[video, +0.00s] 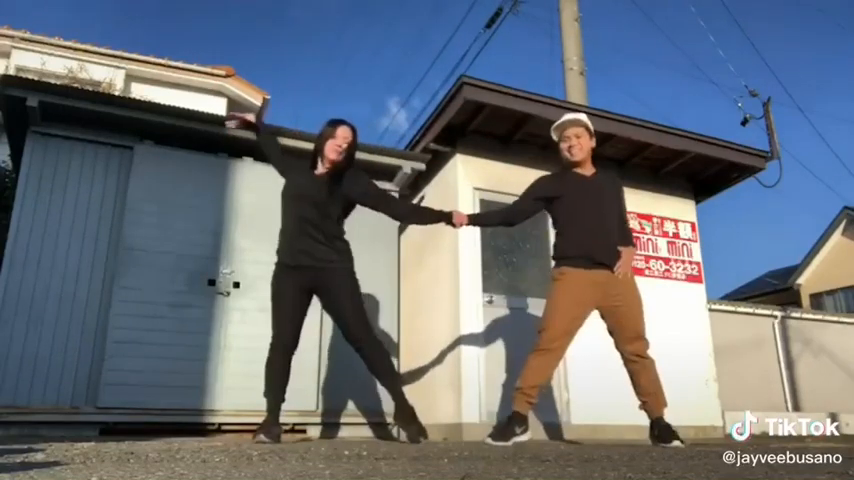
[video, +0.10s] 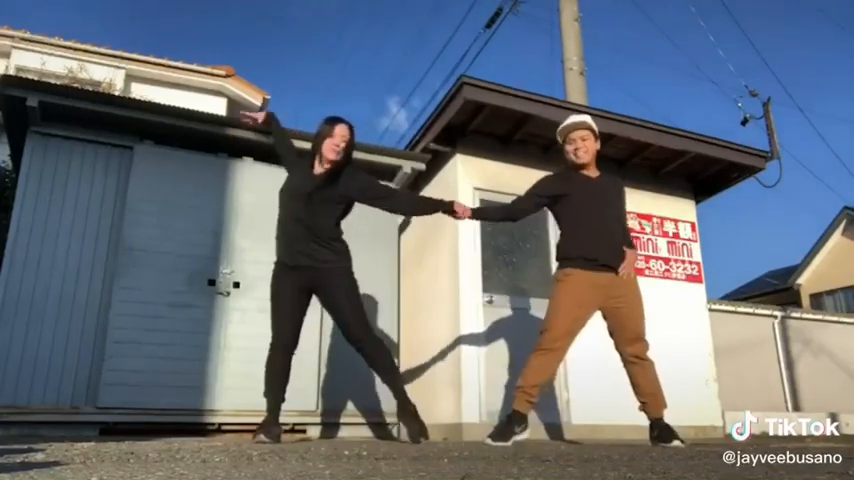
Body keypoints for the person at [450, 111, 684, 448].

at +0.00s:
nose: (572, 144)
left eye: (578, 137)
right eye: (565, 140)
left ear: (592, 140)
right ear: (560, 147)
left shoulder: (611, 182)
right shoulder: (551, 184)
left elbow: (621, 221)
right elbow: (513, 214)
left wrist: (628, 247)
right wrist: (468, 219)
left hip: (617, 279)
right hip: (573, 278)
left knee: (636, 349)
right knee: (549, 345)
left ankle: (659, 423)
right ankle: (518, 418)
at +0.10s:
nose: (578, 146)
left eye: (584, 139)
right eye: (571, 142)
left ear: (597, 143)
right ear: (565, 149)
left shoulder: (613, 184)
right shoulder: (556, 183)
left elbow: (619, 222)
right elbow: (514, 211)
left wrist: (630, 247)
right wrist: (471, 213)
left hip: (621, 280)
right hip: (577, 278)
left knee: (636, 350)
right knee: (551, 344)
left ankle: (658, 424)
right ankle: (518, 416)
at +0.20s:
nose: (579, 148)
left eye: (585, 141)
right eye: (573, 144)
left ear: (598, 145)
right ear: (566, 151)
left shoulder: (615, 187)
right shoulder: (557, 184)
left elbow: (622, 225)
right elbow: (518, 212)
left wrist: (629, 250)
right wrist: (473, 211)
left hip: (618, 281)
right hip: (575, 278)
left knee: (634, 350)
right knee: (549, 345)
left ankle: (658, 424)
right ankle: (516, 416)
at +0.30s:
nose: (578, 149)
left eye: (584, 142)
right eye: (571, 145)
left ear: (597, 146)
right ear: (564, 152)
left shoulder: (618, 189)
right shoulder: (554, 186)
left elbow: (630, 233)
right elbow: (521, 217)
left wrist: (629, 254)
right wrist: (481, 209)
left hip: (613, 282)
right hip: (568, 280)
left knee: (633, 350)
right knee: (544, 344)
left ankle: (657, 423)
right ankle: (516, 417)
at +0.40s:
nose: (570, 151)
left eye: (576, 145)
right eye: (564, 148)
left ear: (589, 149)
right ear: (557, 154)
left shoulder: (613, 188)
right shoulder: (544, 190)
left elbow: (632, 230)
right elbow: (519, 221)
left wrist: (620, 257)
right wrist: (486, 208)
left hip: (601, 285)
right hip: (553, 283)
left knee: (629, 350)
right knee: (532, 340)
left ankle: (657, 424)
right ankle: (526, 419)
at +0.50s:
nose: (555, 156)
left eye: (562, 150)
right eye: (549, 151)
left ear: (574, 153)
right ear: (543, 157)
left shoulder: (596, 191)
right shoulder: (528, 193)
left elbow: (616, 236)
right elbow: (507, 232)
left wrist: (596, 258)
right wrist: (485, 216)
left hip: (582, 287)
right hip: (536, 288)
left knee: (617, 347)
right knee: (521, 346)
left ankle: (654, 419)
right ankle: (536, 417)